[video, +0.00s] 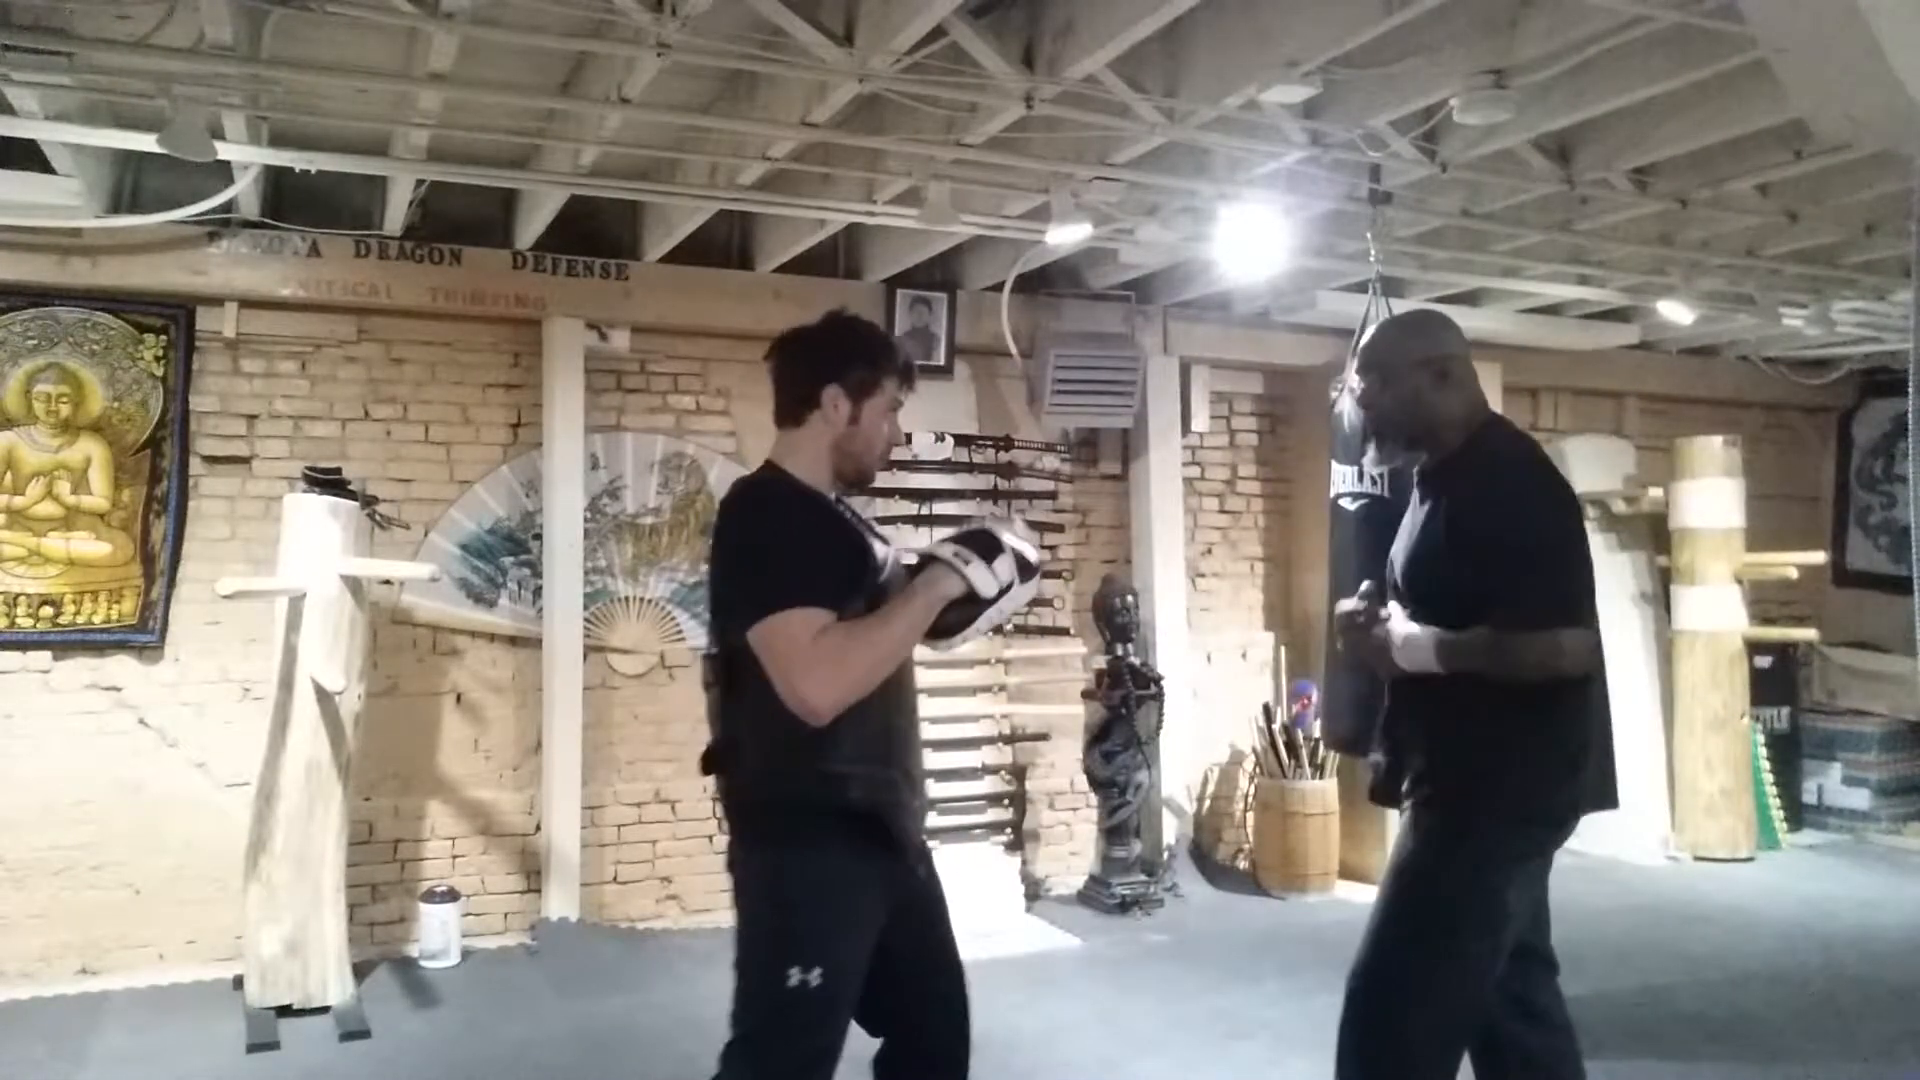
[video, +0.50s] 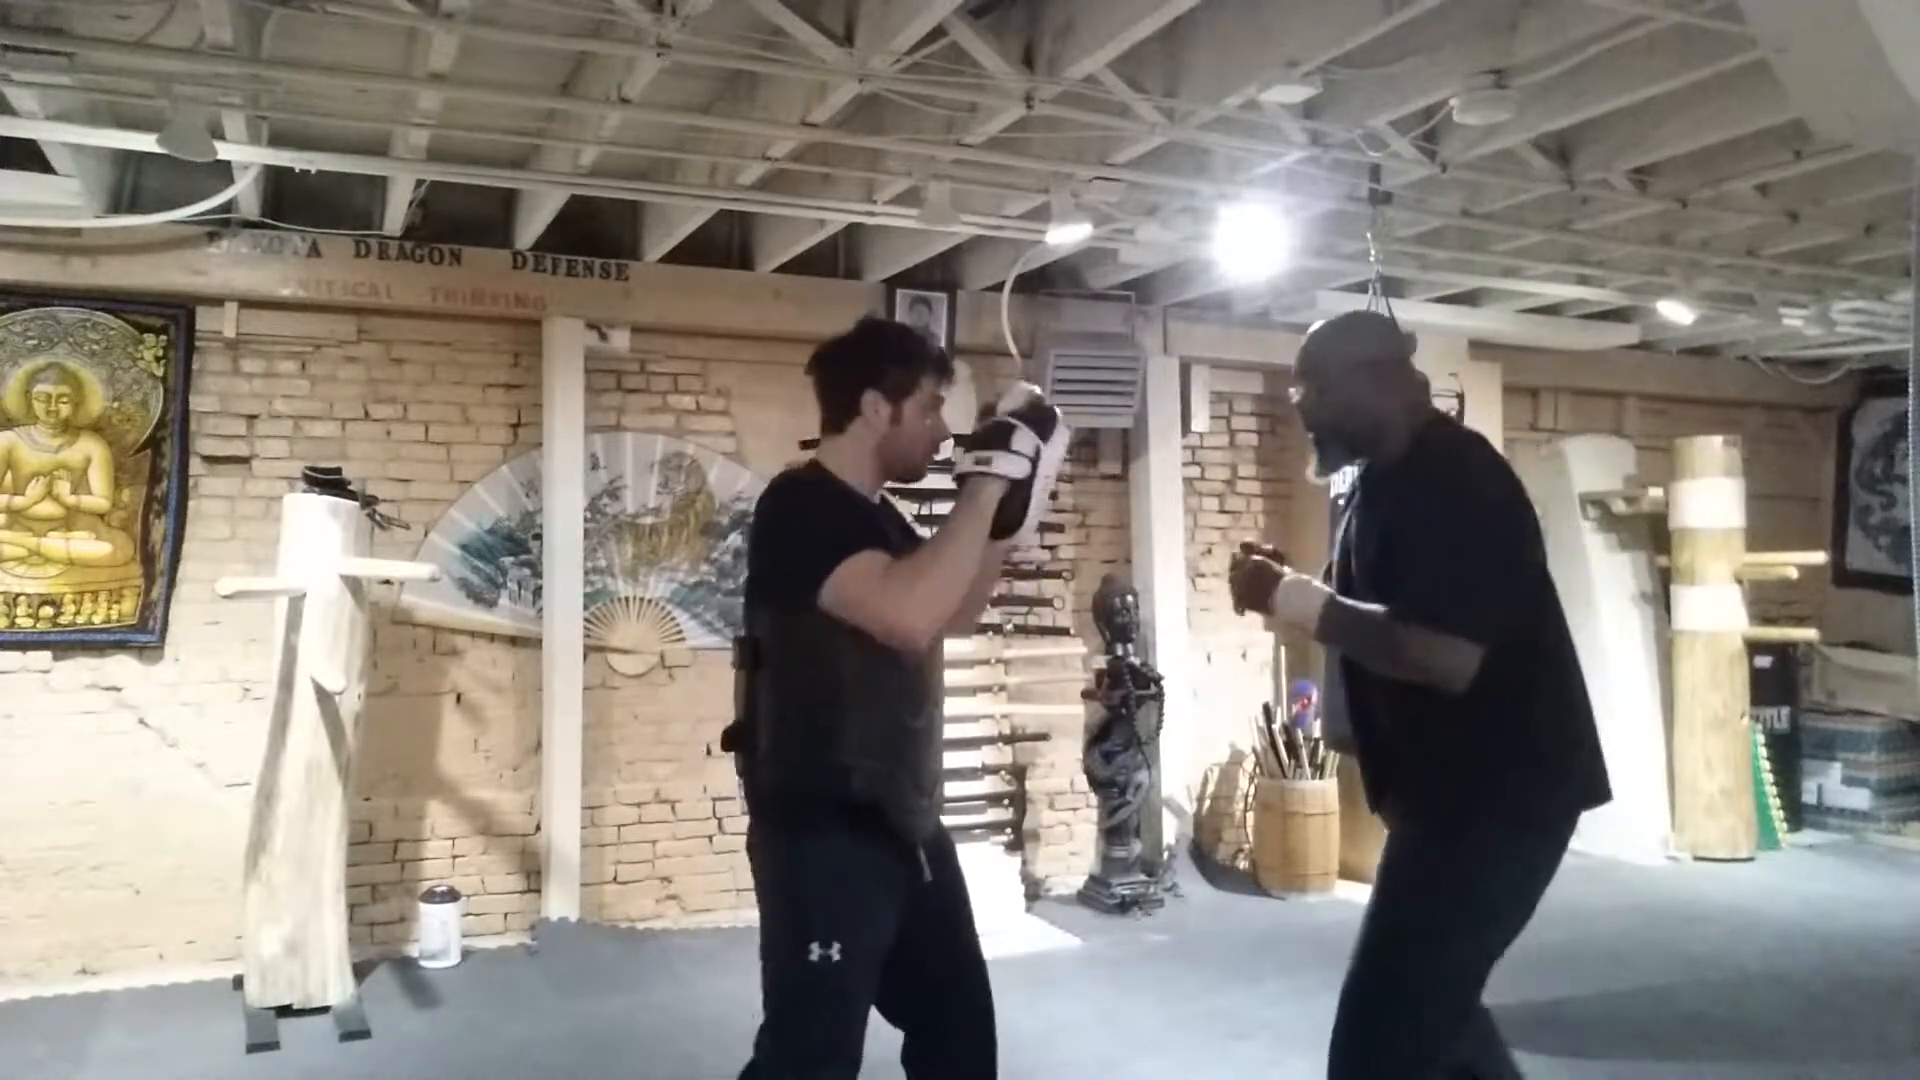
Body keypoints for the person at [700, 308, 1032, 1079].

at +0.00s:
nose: (899, 433)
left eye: (899, 412)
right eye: (890, 409)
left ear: (836, 408)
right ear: (836, 406)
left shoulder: (838, 522)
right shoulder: (765, 513)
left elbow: (849, 649)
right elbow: (816, 684)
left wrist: (943, 593)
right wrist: (938, 582)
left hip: (879, 836)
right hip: (803, 841)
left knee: (932, 1038)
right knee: (781, 1059)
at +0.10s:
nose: (898, 433)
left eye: (898, 412)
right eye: (888, 409)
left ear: (833, 409)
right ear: (833, 407)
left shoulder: (835, 522)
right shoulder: (759, 517)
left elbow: (849, 656)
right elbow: (801, 691)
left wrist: (947, 609)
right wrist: (937, 604)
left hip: (872, 838)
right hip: (792, 848)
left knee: (951, 1006)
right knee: (771, 1062)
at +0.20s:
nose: (903, 427)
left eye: (902, 406)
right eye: (892, 404)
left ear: (837, 405)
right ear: (836, 404)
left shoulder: (847, 520)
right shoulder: (764, 514)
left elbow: (872, 644)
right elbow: (810, 683)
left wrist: (976, 612)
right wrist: (944, 596)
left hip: (880, 840)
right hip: (798, 847)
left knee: (950, 1043)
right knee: (767, 1063)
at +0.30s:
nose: (914, 431)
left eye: (912, 410)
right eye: (902, 408)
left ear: (850, 413)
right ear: (846, 410)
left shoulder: (859, 526)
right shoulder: (781, 519)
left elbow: (913, 614)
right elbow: (853, 664)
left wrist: (1008, 560)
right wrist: (967, 556)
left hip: (896, 844)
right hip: (815, 849)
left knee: (952, 1045)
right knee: (779, 1062)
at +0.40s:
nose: (930, 428)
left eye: (930, 410)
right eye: (919, 407)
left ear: (864, 411)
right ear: (862, 408)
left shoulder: (876, 522)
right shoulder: (794, 512)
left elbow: (949, 594)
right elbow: (892, 632)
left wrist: (1027, 517)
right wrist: (987, 508)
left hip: (905, 832)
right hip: (823, 836)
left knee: (961, 1035)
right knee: (793, 1057)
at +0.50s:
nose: (943, 429)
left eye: (944, 411)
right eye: (932, 407)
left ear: (878, 411)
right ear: (876, 408)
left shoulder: (882, 519)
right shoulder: (799, 505)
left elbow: (958, 610)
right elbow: (907, 613)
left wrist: (1009, 504)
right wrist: (985, 476)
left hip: (903, 828)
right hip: (819, 831)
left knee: (958, 1039)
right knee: (810, 1054)